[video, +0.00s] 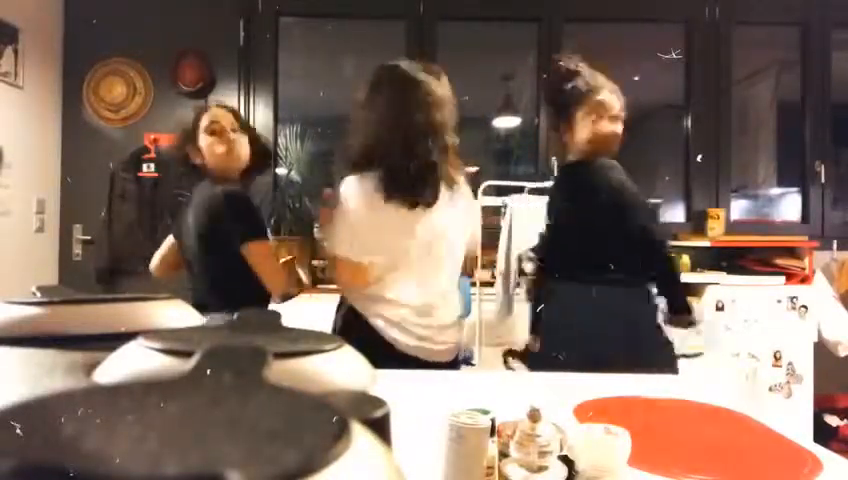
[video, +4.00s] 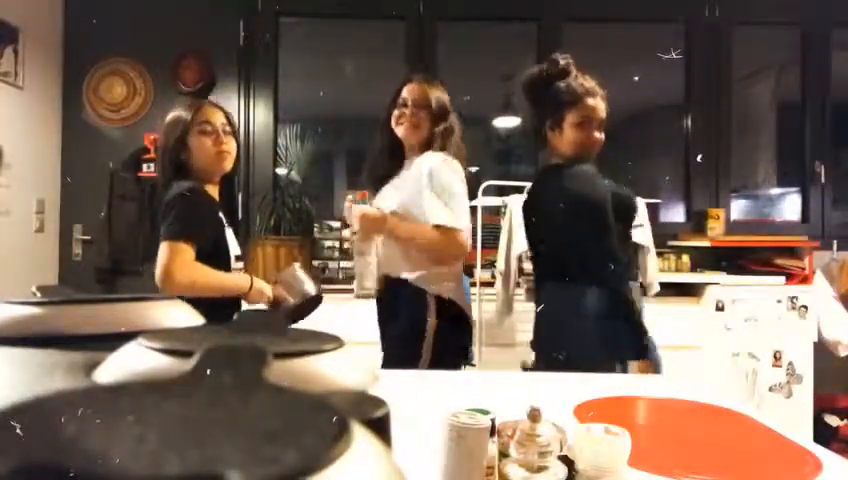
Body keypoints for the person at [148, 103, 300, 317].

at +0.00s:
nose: (229, 137)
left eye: (236, 130)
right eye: (214, 131)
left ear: (249, 143)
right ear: (195, 153)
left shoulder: (197, 199)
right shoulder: (232, 200)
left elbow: (160, 267)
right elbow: (279, 285)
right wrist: (292, 269)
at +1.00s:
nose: (248, 146)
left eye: (252, 137)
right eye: (232, 138)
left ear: (260, 145)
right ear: (209, 154)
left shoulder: (201, 206)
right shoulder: (242, 204)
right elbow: (266, 291)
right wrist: (298, 314)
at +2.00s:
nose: (213, 150)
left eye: (218, 144)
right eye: (197, 143)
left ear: (225, 158)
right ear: (173, 163)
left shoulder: (205, 213)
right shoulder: (177, 208)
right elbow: (148, 282)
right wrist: (231, 296)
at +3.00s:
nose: (215, 135)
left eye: (221, 127)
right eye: (200, 128)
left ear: (231, 137)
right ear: (177, 145)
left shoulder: (212, 196)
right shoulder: (186, 191)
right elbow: (165, 266)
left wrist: (251, 276)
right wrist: (241, 279)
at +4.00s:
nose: (222, 139)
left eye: (227, 131)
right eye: (206, 131)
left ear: (236, 141)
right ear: (181, 148)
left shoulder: (212, 202)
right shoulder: (187, 198)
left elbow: (222, 278)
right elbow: (173, 275)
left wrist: (268, 292)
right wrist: (247, 285)